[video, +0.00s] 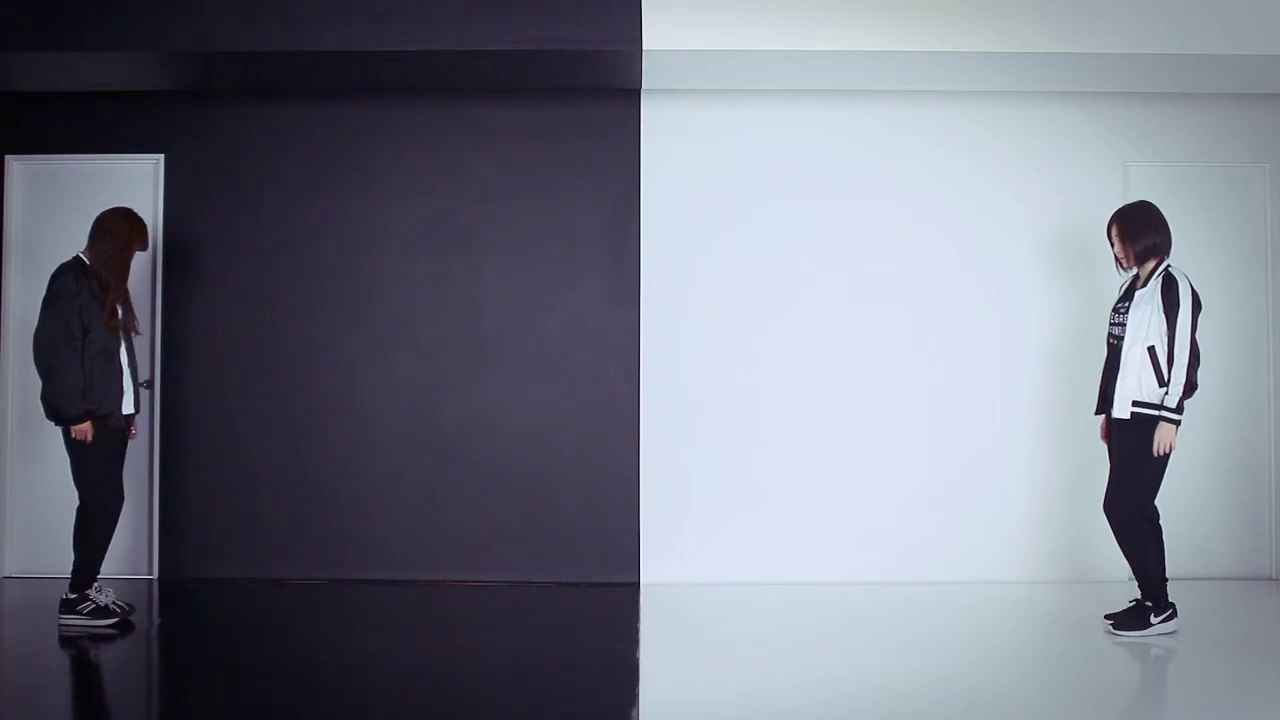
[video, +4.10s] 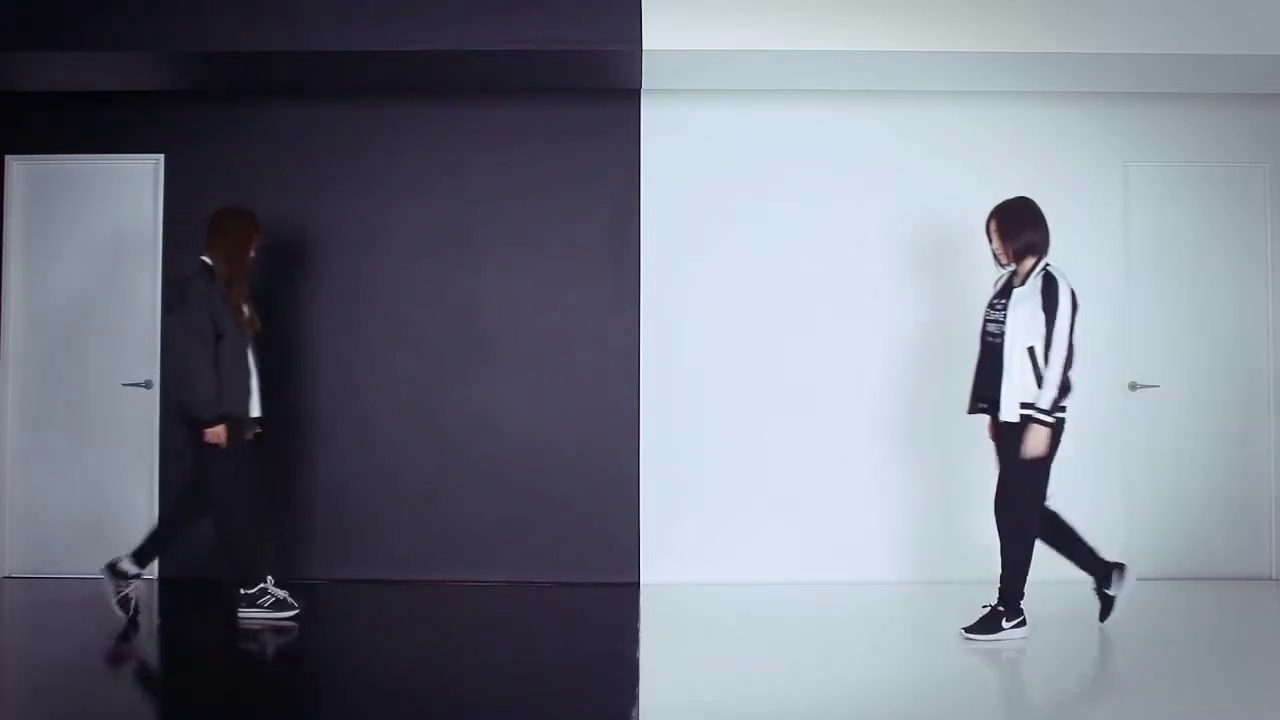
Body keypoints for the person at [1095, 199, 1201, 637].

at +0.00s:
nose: (1115, 250)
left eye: (1119, 241)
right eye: (1113, 242)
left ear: (1143, 236)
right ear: (1124, 241)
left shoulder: (1175, 284)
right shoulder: (1130, 287)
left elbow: (1185, 356)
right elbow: (1118, 355)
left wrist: (1171, 417)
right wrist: (1107, 411)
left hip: (1150, 417)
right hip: (1124, 416)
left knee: (1122, 506)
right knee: (1135, 507)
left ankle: (1157, 603)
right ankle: (1152, 600)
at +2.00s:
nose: (1118, 249)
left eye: (1123, 240)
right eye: (1116, 242)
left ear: (1147, 237)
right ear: (1125, 242)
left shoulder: (1178, 284)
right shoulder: (1131, 288)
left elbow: (1188, 356)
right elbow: (1117, 354)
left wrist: (1172, 417)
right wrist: (1107, 410)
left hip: (1151, 418)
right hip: (1123, 416)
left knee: (1126, 506)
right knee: (1131, 507)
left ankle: (1157, 604)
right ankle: (1152, 600)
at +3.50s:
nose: (1089, 249)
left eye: (1093, 240)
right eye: (1086, 242)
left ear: (1117, 236)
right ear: (1092, 243)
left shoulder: (1156, 284)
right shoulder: (1100, 288)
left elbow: (1178, 351)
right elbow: (1099, 353)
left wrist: (1171, 414)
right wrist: (1087, 404)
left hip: (1139, 415)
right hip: (1109, 415)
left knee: (1082, 486)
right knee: (1131, 506)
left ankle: (1103, 584)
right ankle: (1156, 601)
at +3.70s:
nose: (1063, 254)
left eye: (1067, 244)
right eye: (1060, 246)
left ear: (1091, 241)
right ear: (1066, 248)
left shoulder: (1131, 288)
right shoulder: (1077, 293)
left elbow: (1158, 350)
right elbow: (1075, 357)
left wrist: (1158, 414)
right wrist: (1059, 404)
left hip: (1120, 418)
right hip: (1091, 418)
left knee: (1074, 500)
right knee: (1123, 510)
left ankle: (1036, 596)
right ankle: (1156, 601)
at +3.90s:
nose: (1030, 255)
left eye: (1035, 246)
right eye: (1028, 247)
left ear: (1057, 243)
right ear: (1042, 246)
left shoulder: (1090, 291)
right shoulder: (1043, 296)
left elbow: (1113, 358)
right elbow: (1035, 362)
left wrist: (1118, 426)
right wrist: (1028, 418)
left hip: (1082, 422)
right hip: (1055, 422)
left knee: (1040, 506)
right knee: (1099, 510)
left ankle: (1014, 607)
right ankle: (1150, 595)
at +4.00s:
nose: (1011, 249)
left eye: (1017, 240)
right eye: (1009, 241)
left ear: (1040, 239)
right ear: (1018, 244)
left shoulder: (1070, 288)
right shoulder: (1023, 288)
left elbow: (1086, 356)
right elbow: (1015, 355)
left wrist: (1081, 424)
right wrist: (1010, 412)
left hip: (1056, 421)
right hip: (1031, 420)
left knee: (1024, 510)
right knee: (1070, 507)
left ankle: (1011, 608)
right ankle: (1136, 583)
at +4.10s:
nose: (993, 246)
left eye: (998, 236)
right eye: (991, 238)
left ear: (1022, 234)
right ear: (1002, 240)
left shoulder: (1054, 286)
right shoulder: (1005, 286)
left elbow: (1058, 357)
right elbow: (1000, 353)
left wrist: (1044, 419)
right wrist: (993, 412)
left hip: (1036, 417)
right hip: (1008, 415)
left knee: (1014, 509)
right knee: (1027, 509)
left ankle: (1009, 608)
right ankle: (1104, 571)